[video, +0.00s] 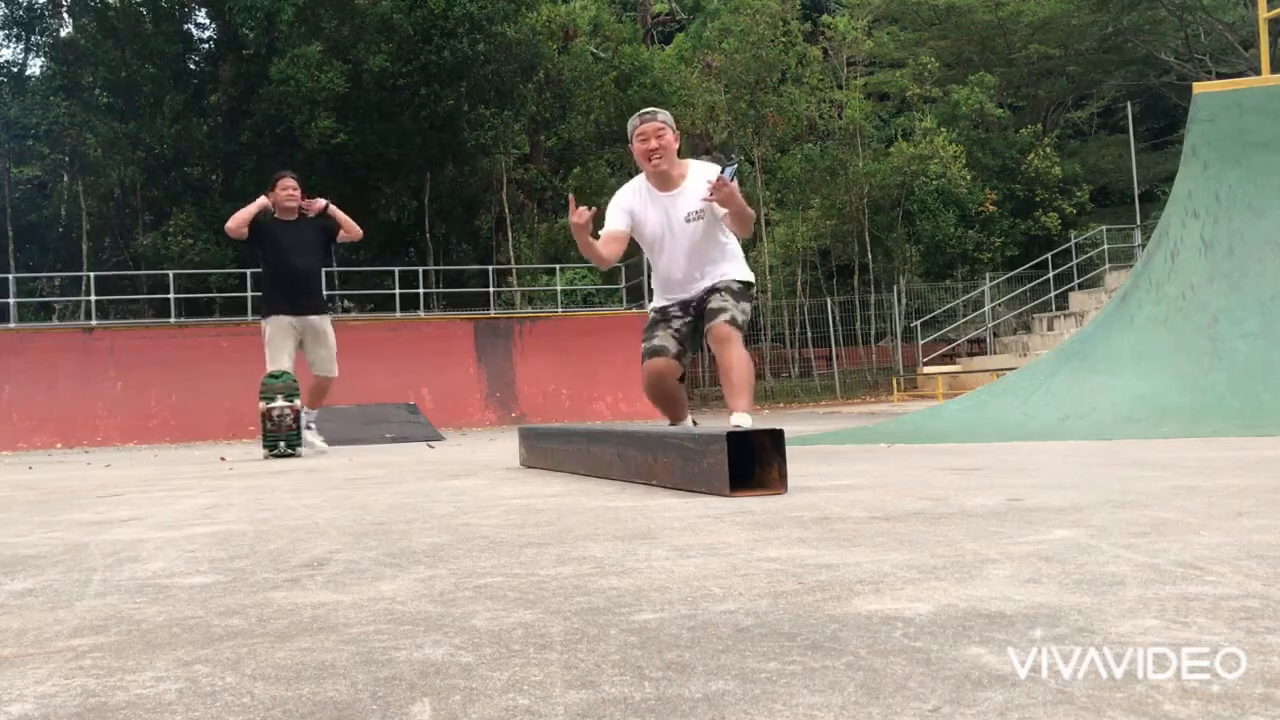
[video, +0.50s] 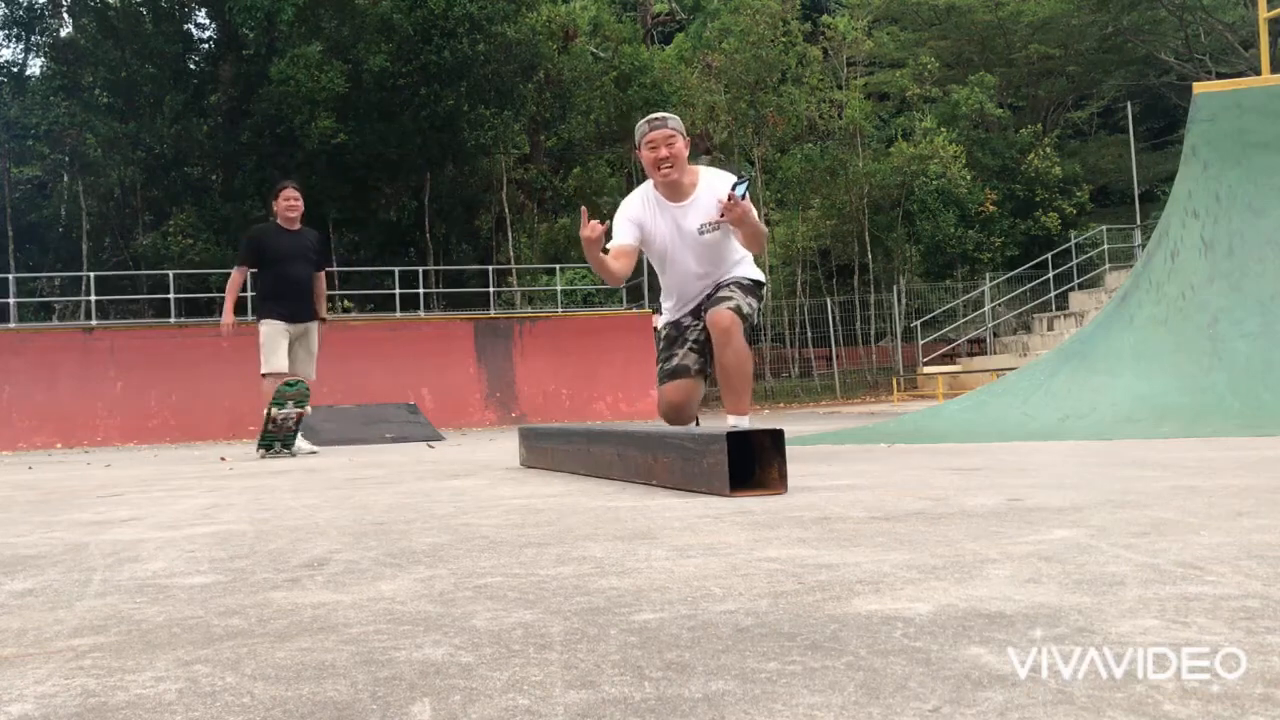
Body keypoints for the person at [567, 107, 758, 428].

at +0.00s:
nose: (652, 145)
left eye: (660, 135)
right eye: (642, 139)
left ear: (676, 139)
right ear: (632, 150)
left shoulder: (710, 174)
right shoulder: (628, 198)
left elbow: (745, 230)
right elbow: (604, 259)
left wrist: (735, 203)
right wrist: (582, 237)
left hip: (722, 280)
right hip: (670, 298)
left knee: (722, 329)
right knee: (656, 375)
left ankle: (741, 421)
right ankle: (685, 429)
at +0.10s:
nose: (656, 148)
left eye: (663, 138)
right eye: (646, 142)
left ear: (680, 141)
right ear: (635, 153)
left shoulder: (713, 177)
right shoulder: (630, 203)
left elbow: (749, 234)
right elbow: (613, 267)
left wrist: (737, 209)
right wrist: (588, 239)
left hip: (727, 279)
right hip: (675, 300)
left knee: (723, 324)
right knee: (664, 387)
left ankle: (740, 425)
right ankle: (686, 429)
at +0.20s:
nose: (659, 149)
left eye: (666, 139)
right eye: (649, 143)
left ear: (682, 142)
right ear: (637, 153)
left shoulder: (717, 177)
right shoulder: (632, 203)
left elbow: (754, 237)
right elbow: (615, 268)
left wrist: (739, 214)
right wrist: (589, 243)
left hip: (730, 277)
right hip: (678, 301)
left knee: (724, 321)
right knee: (671, 396)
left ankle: (740, 427)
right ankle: (688, 430)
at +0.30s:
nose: (661, 149)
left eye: (668, 139)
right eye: (650, 143)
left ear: (684, 142)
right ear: (638, 153)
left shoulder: (719, 178)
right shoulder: (633, 204)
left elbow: (755, 239)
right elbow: (615, 269)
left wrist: (742, 216)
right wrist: (591, 245)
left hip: (731, 277)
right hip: (679, 303)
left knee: (725, 320)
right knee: (675, 400)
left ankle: (740, 428)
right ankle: (688, 431)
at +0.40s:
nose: (662, 152)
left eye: (669, 141)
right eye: (651, 145)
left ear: (685, 143)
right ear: (639, 155)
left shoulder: (720, 180)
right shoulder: (633, 205)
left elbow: (755, 240)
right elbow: (616, 270)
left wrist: (742, 218)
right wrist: (592, 250)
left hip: (731, 279)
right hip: (679, 305)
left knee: (724, 320)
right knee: (674, 404)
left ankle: (740, 429)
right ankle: (688, 428)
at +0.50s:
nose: (663, 154)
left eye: (670, 143)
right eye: (652, 148)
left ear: (686, 145)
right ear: (640, 157)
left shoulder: (721, 183)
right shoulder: (634, 207)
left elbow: (757, 246)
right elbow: (616, 274)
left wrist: (744, 221)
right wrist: (593, 254)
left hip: (732, 280)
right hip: (679, 308)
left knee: (722, 320)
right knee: (674, 410)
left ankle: (738, 430)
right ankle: (690, 429)